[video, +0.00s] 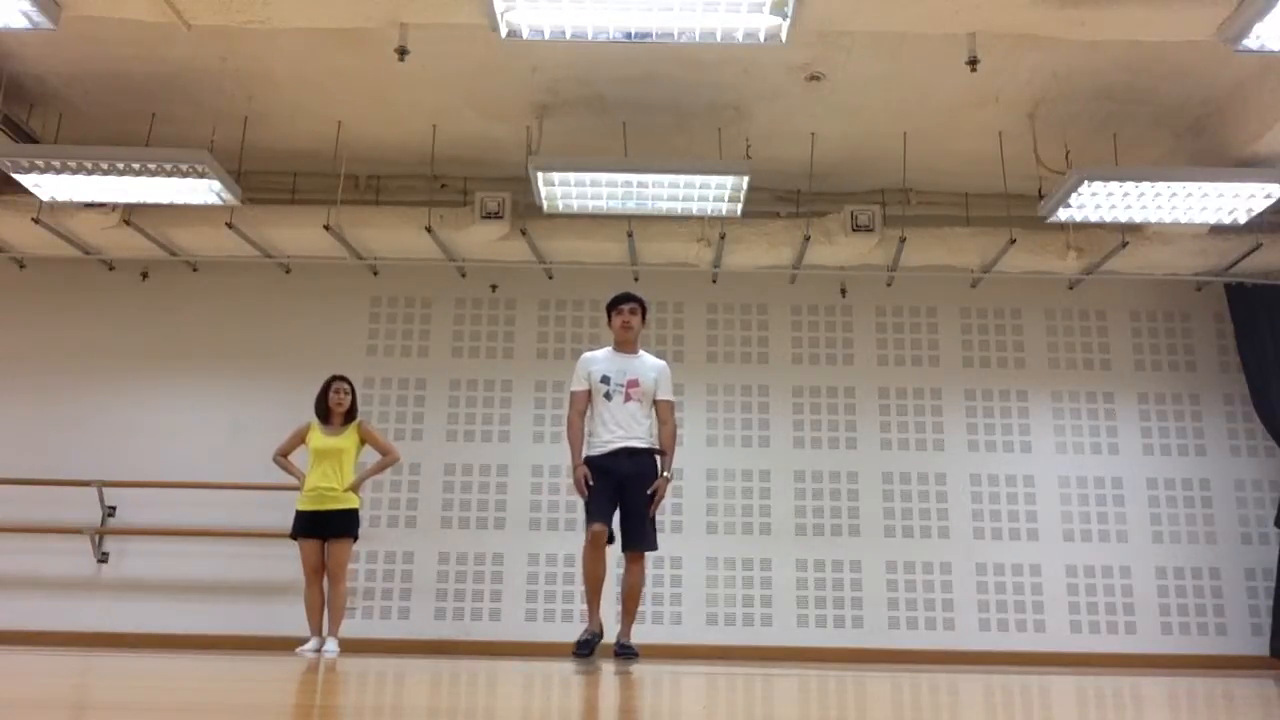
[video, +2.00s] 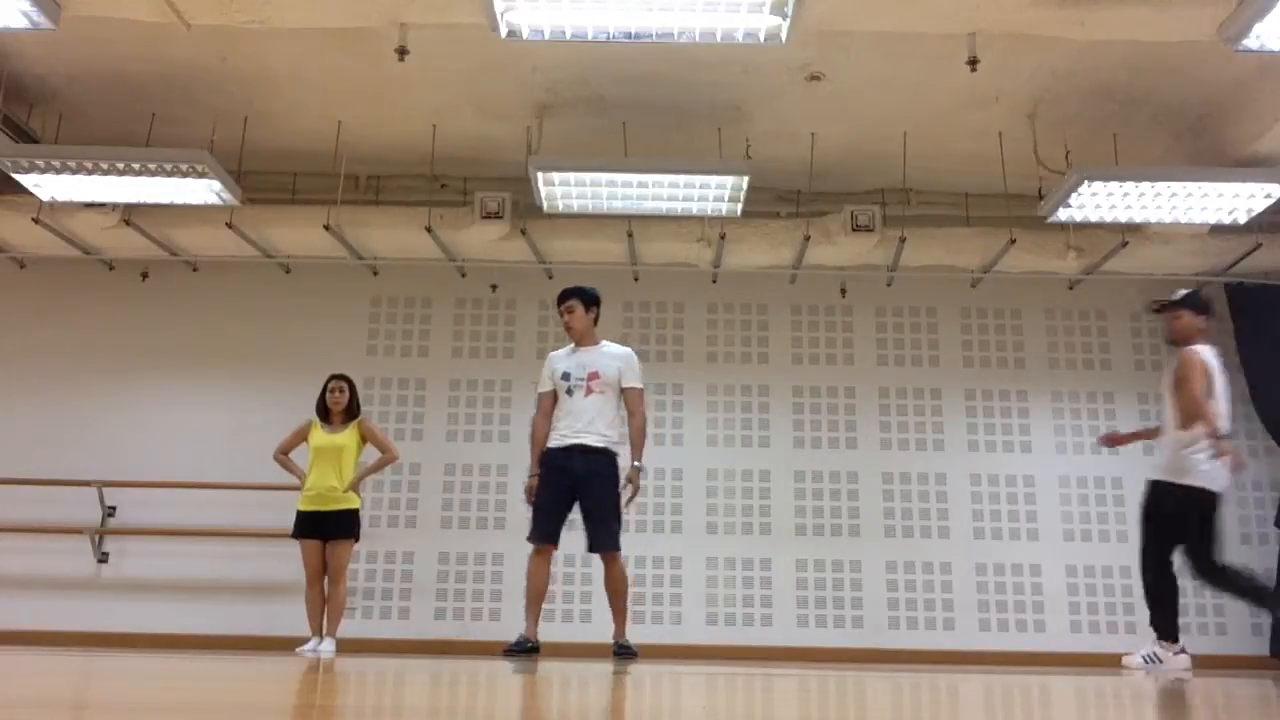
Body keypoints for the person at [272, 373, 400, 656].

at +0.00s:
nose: (341, 396)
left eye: (346, 393)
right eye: (335, 392)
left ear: (352, 399)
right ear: (325, 396)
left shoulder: (358, 428)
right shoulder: (311, 428)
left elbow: (393, 455)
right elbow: (278, 455)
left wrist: (360, 479)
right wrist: (301, 476)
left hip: (342, 506)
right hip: (310, 505)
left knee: (336, 575)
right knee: (312, 575)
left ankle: (333, 638)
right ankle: (315, 637)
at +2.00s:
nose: (336, 395)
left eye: (341, 391)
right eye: (331, 391)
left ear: (350, 396)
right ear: (324, 396)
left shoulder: (360, 426)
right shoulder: (312, 426)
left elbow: (392, 454)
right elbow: (279, 454)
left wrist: (359, 477)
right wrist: (301, 475)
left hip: (343, 506)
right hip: (310, 506)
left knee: (337, 577)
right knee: (313, 578)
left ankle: (330, 638)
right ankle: (315, 637)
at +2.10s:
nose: (336, 395)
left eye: (342, 391)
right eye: (331, 391)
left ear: (351, 397)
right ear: (324, 396)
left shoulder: (360, 426)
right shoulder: (312, 426)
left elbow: (392, 454)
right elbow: (278, 453)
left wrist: (359, 476)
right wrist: (301, 476)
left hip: (342, 506)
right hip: (310, 506)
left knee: (335, 578)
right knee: (312, 578)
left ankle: (329, 638)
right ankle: (315, 636)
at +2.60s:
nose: (338, 396)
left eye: (343, 392)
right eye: (333, 391)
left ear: (351, 398)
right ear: (325, 396)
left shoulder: (358, 427)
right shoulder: (313, 426)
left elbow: (375, 431)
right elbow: (281, 453)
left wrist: (362, 404)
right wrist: (302, 472)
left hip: (343, 506)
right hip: (310, 505)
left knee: (334, 577)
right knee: (309, 576)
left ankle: (328, 638)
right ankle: (308, 636)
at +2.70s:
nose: (338, 397)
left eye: (343, 392)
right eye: (333, 392)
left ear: (351, 398)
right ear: (325, 396)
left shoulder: (357, 426)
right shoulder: (312, 426)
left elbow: (375, 429)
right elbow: (279, 453)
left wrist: (361, 402)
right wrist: (302, 473)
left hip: (342, 506)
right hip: (310, 505)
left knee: (333, 576)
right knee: (308, 575)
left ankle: (327, 638)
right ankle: (309, 636)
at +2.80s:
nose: (338, 396)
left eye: (343, 392)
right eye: (334, 391)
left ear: (351, 399)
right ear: (325, 395)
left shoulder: (356, 428)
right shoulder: (311, 426)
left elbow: (375, 426)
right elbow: (278, 453)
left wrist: (362, 401)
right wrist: (301, 473)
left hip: (342, 505)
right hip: (310, 504)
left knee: (332, 575)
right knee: (309, 575)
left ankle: (326, 637)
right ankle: (309, 636)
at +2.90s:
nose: (339, 395)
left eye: (344, 392)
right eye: (334, 391)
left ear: (350, 399)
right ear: (325, 395)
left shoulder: (355, 429)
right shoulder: (310, 426)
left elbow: (377, 426)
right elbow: (276, 453)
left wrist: (363, 401)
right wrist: (300, 473)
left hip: (342, 506)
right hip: (309, 505)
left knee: (333, 576)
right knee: (309, 575)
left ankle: (325, 637)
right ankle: (308, 636)